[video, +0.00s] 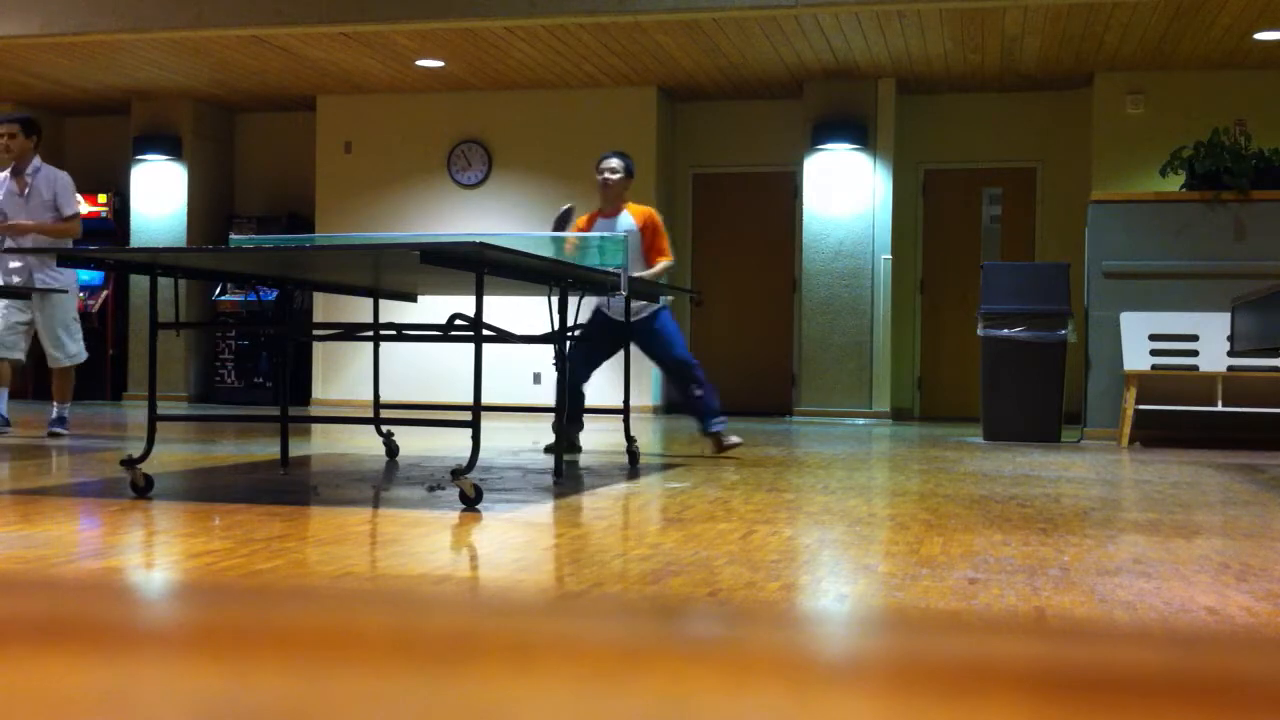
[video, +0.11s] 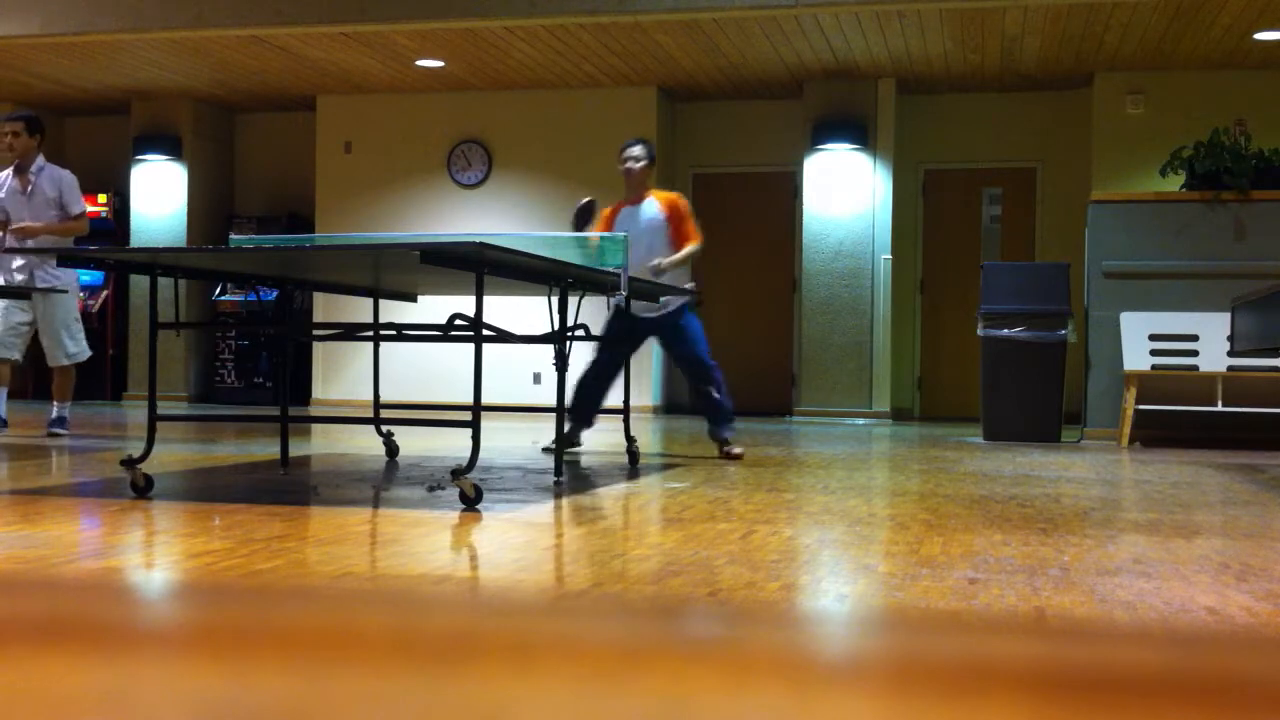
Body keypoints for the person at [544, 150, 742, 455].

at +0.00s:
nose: (606, 177)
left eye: (613, 172)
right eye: (602, 172)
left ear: (628, 179)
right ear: (595, 178)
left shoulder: (646, 217)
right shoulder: (585, 224)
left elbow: (666, 259)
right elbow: (568, 263)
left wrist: (644, 278)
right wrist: (560, 235)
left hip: (648, 313)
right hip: (607, 314)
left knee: (681, 362)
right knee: (571, 369)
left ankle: (716, 431)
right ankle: (568, 437)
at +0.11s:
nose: (629, 166)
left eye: (636, 160)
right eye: (625, 161)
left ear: (651, 165)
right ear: (619, 167)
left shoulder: (672, 203)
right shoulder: (612, 215)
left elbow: (694, 243)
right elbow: (594, 256)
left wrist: (668, 262)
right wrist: (581, 230)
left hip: (673, 306)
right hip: (629, 307)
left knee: (701, 365)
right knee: (601, 368)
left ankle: (723, 436)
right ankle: (573, 431)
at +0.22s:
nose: (661, 153)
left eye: (667, 147)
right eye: (656, 148)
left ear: (681, 153)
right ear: (651, 155)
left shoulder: (701, 184)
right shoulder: (652, 204)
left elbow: (718, 226)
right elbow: (641, 248)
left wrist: (674, 245)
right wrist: (622, 226)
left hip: (709, 297)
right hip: (670, 299)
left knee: (718, 370)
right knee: (636, 360)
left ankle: (727, 440)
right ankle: (628, 435)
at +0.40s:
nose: (687, 145)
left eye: (695, 139)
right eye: (684, 140)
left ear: (711, 144)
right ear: (681, 148)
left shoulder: (730, 175)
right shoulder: (691, 195)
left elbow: (734, 222)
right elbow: (686, 241)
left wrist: (691, 242)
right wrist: (657, 245)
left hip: (744, 278)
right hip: (714, 284)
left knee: (741, 349)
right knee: (718, 351)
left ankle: (752, 426)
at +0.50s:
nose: (708, 155)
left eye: (715, 148)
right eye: (705, 149)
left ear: (732, 152)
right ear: (702, 155)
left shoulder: (751, 188)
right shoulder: (716, 202)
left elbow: (752, 237)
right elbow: (693, 241)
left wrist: (707, 251)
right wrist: (652, 255)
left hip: (764, 288)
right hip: (737, 293)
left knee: (764, 361)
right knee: (743, 369)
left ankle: (799, 436)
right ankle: (781, 439)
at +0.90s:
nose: (763, 143)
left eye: (773, 137)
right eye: (763, 137)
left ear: (797, 144)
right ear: (764, 144)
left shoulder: (823, 189)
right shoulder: (759, 187)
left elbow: (861, 237)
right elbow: (709, 205)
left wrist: (866, 263)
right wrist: (659, 176)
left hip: (826, 291)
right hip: (784, 298)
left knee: (835, 364)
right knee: (784, 370)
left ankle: (839, 453)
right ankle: (805, 435)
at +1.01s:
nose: (773, 146)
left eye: (782, 139)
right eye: (772, 139)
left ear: (806, 143)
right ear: (773, 144)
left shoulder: (838, 188)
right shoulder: (771, 180)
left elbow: (859, 242)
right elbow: (766, 209)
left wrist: (879, 285)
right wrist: (769, 212)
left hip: (827, 288)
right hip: (783, 293)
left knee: (837, 361)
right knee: (793, 370)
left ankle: (841, 450)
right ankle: (820, 430)